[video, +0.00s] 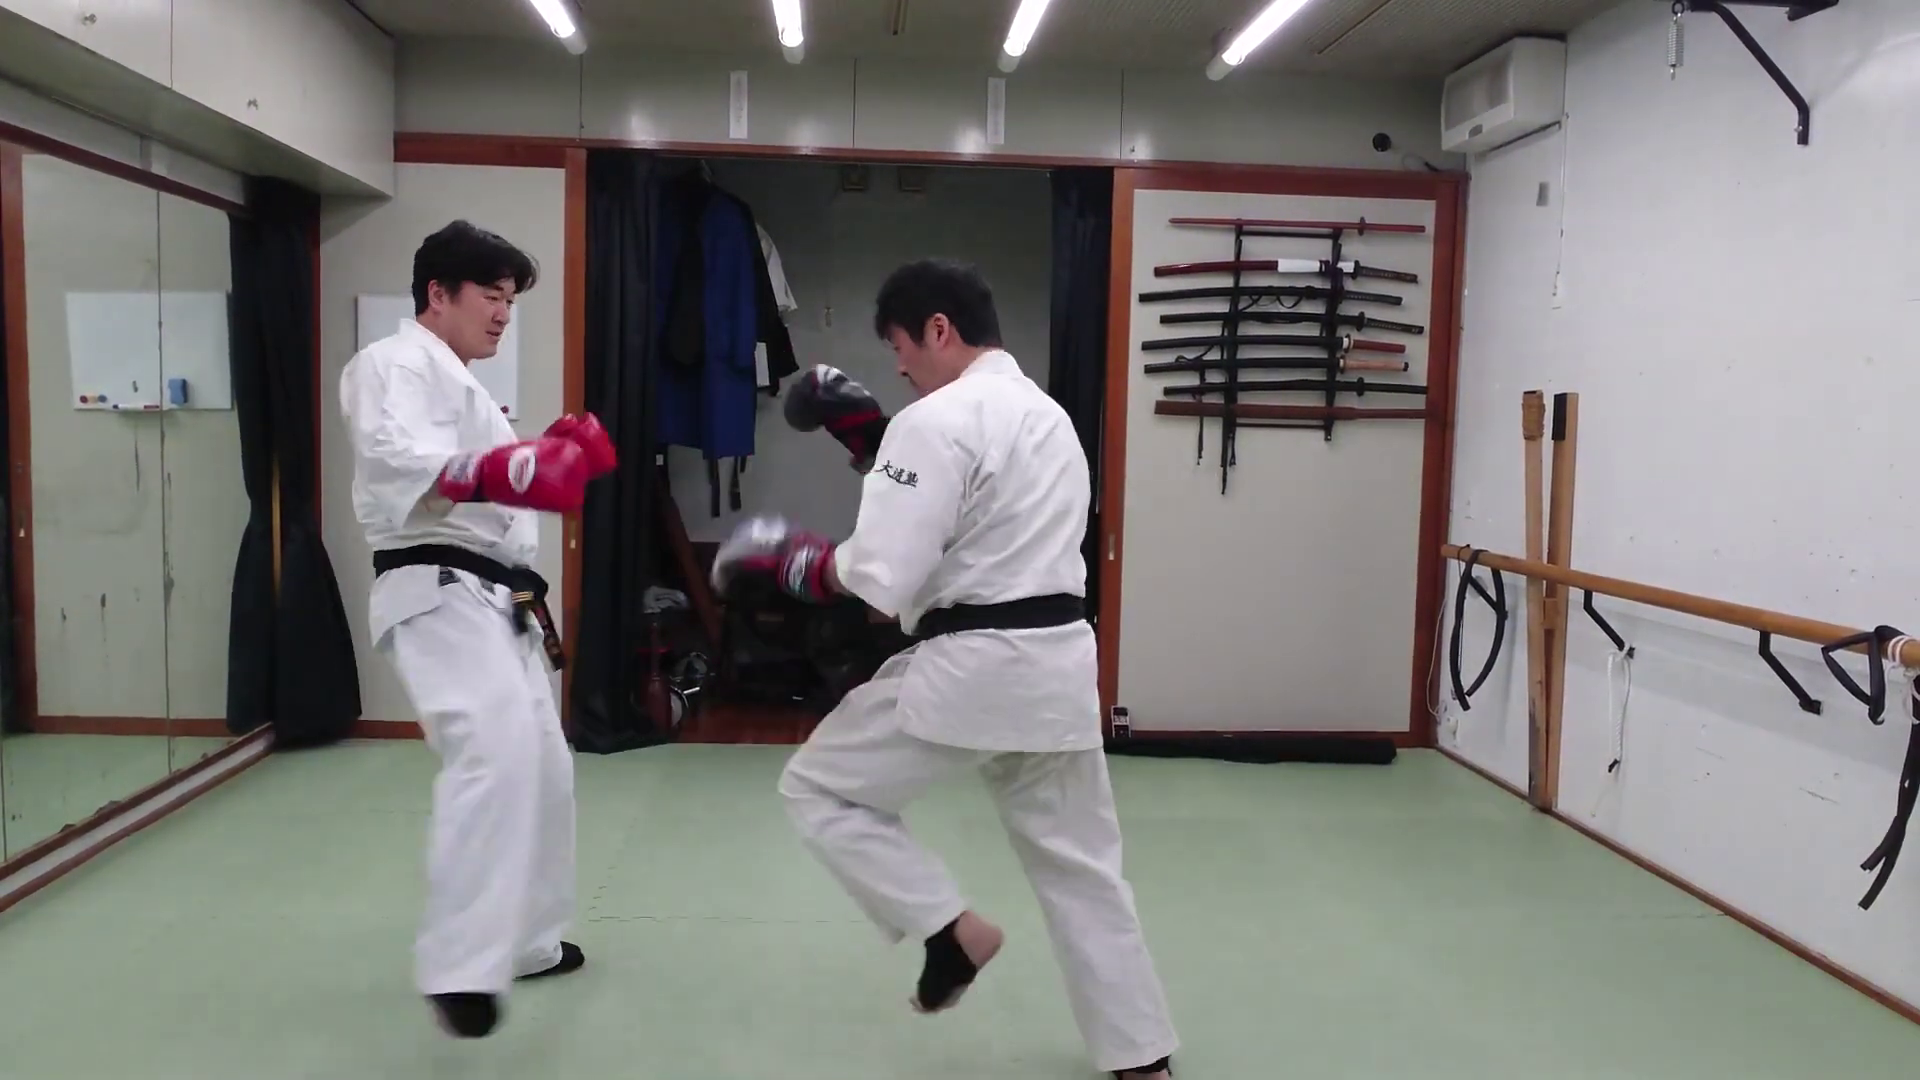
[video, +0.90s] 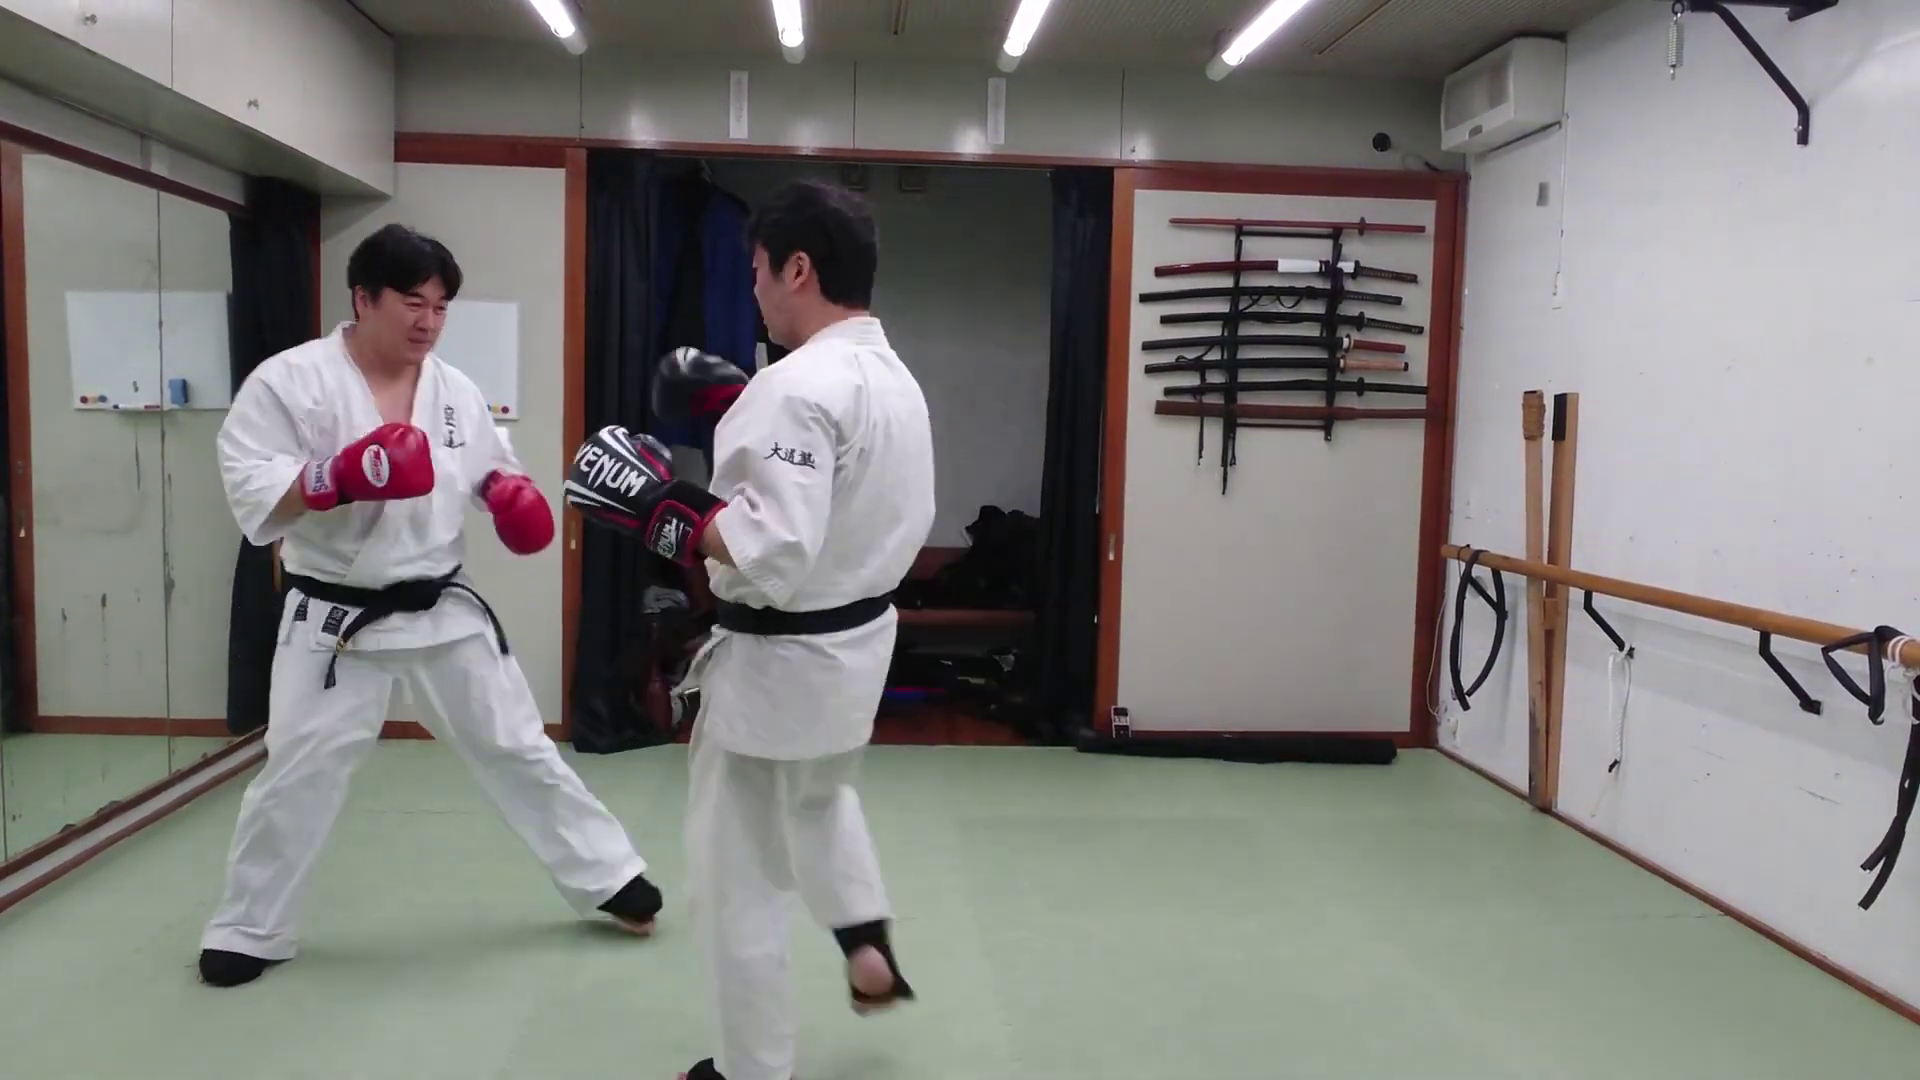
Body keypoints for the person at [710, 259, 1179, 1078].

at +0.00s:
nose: (900, 368)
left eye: (901, 348)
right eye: (894, 352)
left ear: (941, 331)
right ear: (974, 333)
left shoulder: (935, 423)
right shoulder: (1047, 413)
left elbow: (882, 575)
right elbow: (970, 507)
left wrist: (803, 562)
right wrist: (869, 429)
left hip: (968, 668)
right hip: (1065, 665)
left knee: (819, 787)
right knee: (1084, 871)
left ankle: (946, 926)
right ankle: (1142, 1056)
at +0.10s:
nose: (876, 340)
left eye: (880, 322)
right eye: (873, 324)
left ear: (925, 316)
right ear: (946, 319)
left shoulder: (927, 412)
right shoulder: (1004, 393)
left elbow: (906, 570)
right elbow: (911, 480)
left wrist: (830, 640)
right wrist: (812, 402)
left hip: (956, 653)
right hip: (1042, 652)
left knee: (783, 763)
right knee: (1073, 866)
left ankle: (851, 952)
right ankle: (1140, 1055)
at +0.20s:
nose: (843, 328)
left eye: (847, 308)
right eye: (838, 311)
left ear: (894, 298)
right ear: (913, 300)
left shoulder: (927, 392)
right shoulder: (938, 374)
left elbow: (968, 541)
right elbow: (823, 448)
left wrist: (861, 586)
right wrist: (743, 406)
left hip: (902, 654)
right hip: (974, 649)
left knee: (758, 811)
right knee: (1026, 830)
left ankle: (756, 1022)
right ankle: (1124, 1004)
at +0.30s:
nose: (806, 355)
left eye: (813, 334)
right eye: (801, 336)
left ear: (864, 326)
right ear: (866, 330)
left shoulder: (931, 433)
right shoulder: (852, 415)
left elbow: (918, 587)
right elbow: (771, 479)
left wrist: (806, 527)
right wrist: (698, 503)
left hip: (864, 682)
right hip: (845, 666)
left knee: (750, 861)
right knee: (877, 805)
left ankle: (755, 1063)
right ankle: (995, 909)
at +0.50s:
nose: (754, 407)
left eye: (755, 387)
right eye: (749, 389)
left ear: (800, 373)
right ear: (812, 370)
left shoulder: (876, 488)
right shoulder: (837, 442)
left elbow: (737, 601)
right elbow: (759, 543)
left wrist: (682, 492)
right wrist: (701, 530)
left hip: (829, 715)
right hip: (776, 659)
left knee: (698, 882)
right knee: (647, 674)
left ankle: (772, 1064)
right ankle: (557, 719)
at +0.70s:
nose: (749, 331)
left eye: (752, 310)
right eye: (746, 312)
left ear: (797, 302)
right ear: (827, 302)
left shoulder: (828, 423)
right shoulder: (884, 396)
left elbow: (751, 588)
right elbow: (762, 501)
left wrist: (667, 516)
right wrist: (689, 492)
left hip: (788, 680)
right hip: (806, 650)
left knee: (706, 882)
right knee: (661, 626)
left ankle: (757, 1062)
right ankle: (624, 719)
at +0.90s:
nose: (756, 289)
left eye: (760, 271)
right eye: (754, 271)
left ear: (799, 271)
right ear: (843, 272)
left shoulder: (793, 389)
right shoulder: (887, 372)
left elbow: (774, 554)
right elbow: (846, 477)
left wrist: (664, 512)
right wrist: (749, 400)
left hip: (776, 667)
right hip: (858, 654)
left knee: (734, 868)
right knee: (820, 790)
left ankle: (753, 1062)